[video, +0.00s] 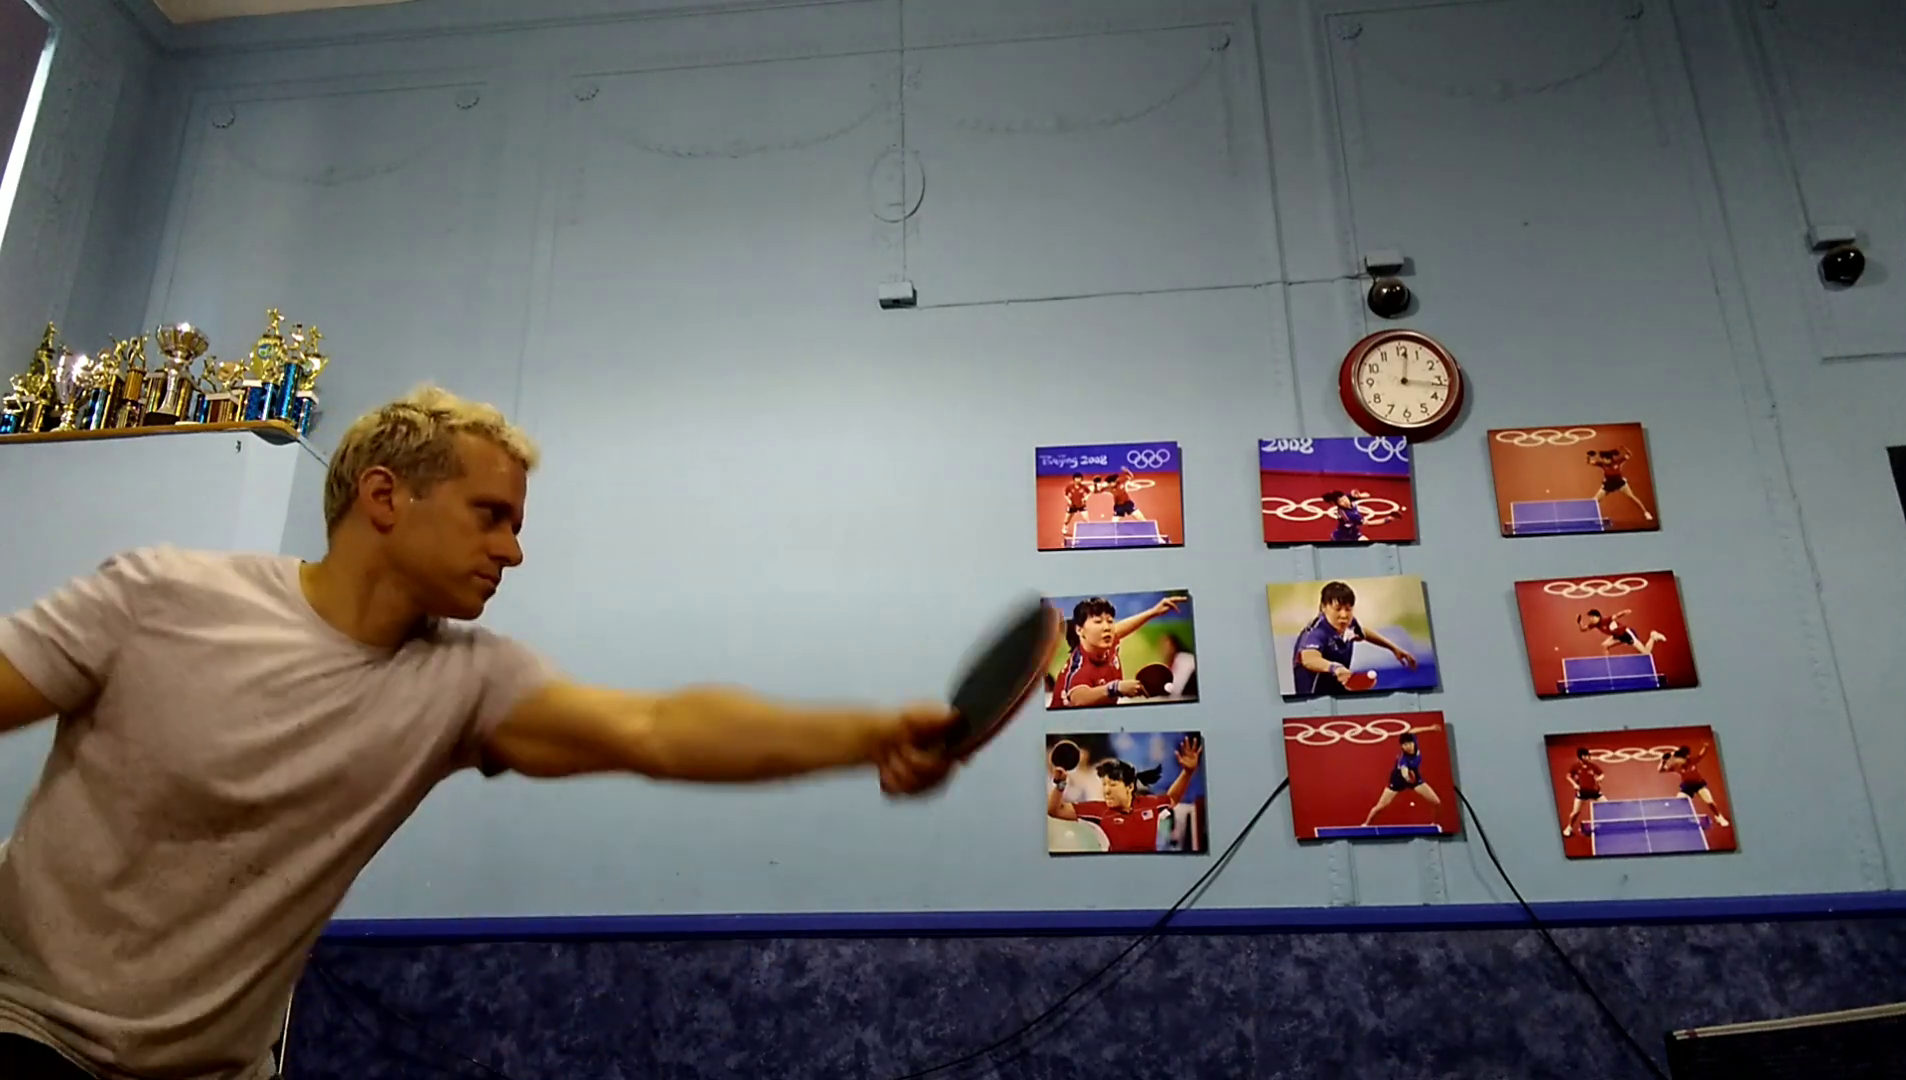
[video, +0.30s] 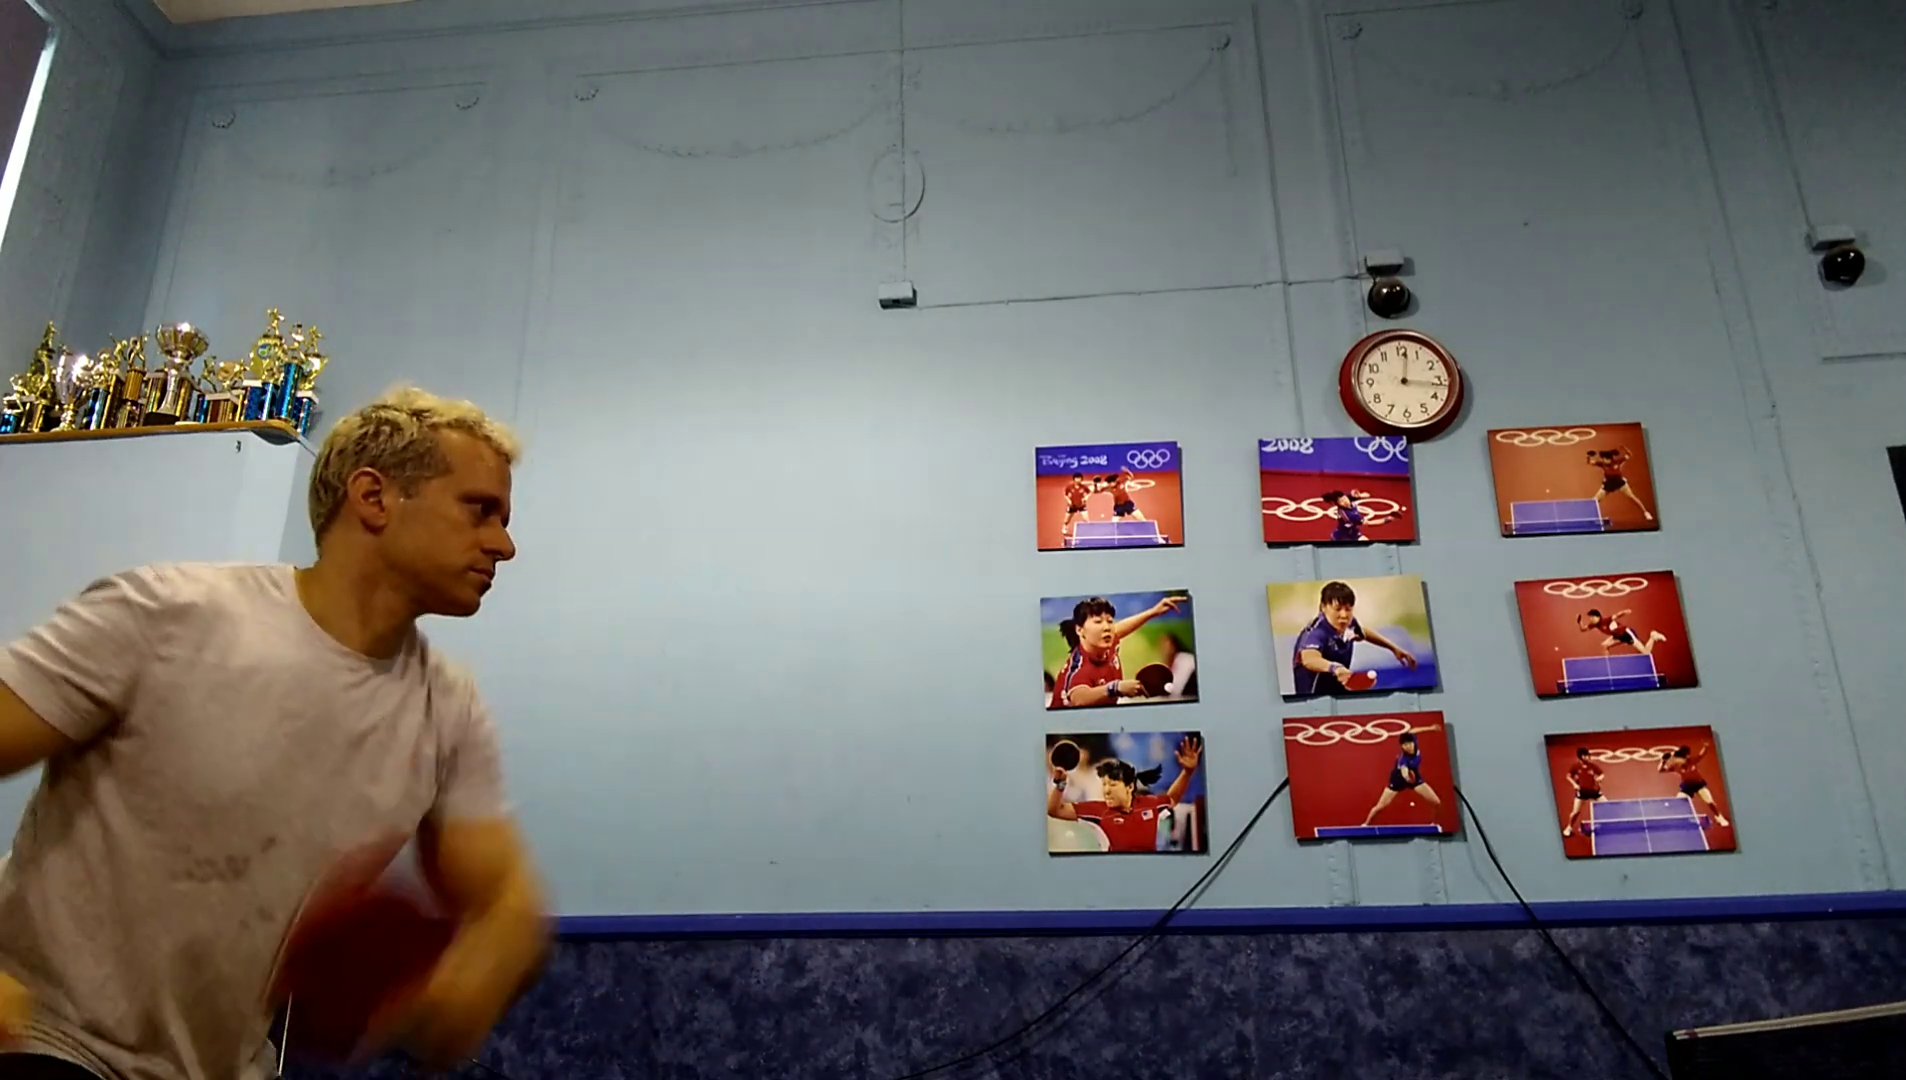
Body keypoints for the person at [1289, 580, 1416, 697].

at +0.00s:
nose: (1344, 615)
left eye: (1348, 609)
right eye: (1338, 609)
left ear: (1353, 609)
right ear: (1324, 608)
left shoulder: (1349, 624)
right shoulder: (1316, 633)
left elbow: (1364, 634)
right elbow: (1309, 660)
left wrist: (1395, 649)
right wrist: (1335, 668)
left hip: (1340, 704)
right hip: (1314, 708)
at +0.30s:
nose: (1344, 615)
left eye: (1348, 609)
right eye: (1338, 609)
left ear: (1353, 609)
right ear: (1324, 608)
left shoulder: (1349, 624)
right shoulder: (1315, 632)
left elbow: (1364, 634)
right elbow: (1309, 660)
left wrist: (1395, 649)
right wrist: (1335, 668)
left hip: (1341, 705)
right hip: (1314, 709)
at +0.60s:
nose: (1344, 615)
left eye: (1348, 609)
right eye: (1338, 609)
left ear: (1353, 609)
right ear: (1324, 608)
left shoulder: (1349, 624)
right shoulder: (1315, 633)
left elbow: (1364, 634)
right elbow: (1309, 660)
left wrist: (1395, 649)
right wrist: (1335, 668)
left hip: (1341, 705)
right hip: (1314, 708)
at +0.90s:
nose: (1344, 615)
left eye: (1348, 609)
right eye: (1338, 609)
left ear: (1353, 609)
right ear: (1324, 608)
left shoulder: (1349, 624)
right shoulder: (1315, 633)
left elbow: (1364, 634)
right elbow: (1309, 660)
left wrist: (1395, 649)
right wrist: (1335, 668)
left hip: (1341, 705)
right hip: (1314, 708)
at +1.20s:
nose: (1344, 615)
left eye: (1348, 609)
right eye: (1338, 609)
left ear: (1353, 609)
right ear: (1324, 608)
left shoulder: (1349, 624)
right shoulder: (1315, 633)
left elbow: (1364, 634)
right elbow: (1309, 660)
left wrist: (1395, 649)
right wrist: (1335, 668)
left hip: (1341, 705)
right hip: (1314, 708)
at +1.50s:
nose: (1344, 615)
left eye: (1348, 609)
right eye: (1338, 609)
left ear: (1353, 609)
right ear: (1324, 608)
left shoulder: (1349, 624)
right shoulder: (1315, 633)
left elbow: (1364, 634)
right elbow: (1309, 660)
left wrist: (1395, 649)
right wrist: (1335, 668)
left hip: (1341, 705)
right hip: (1314, 708)